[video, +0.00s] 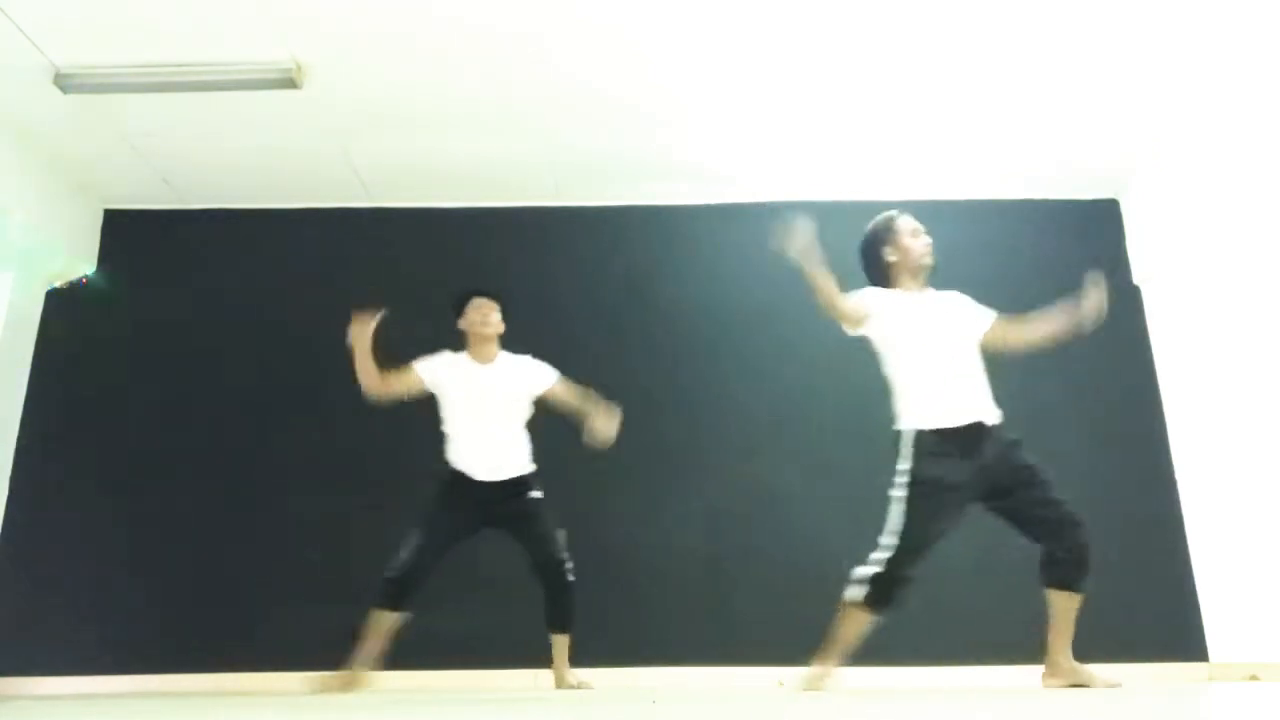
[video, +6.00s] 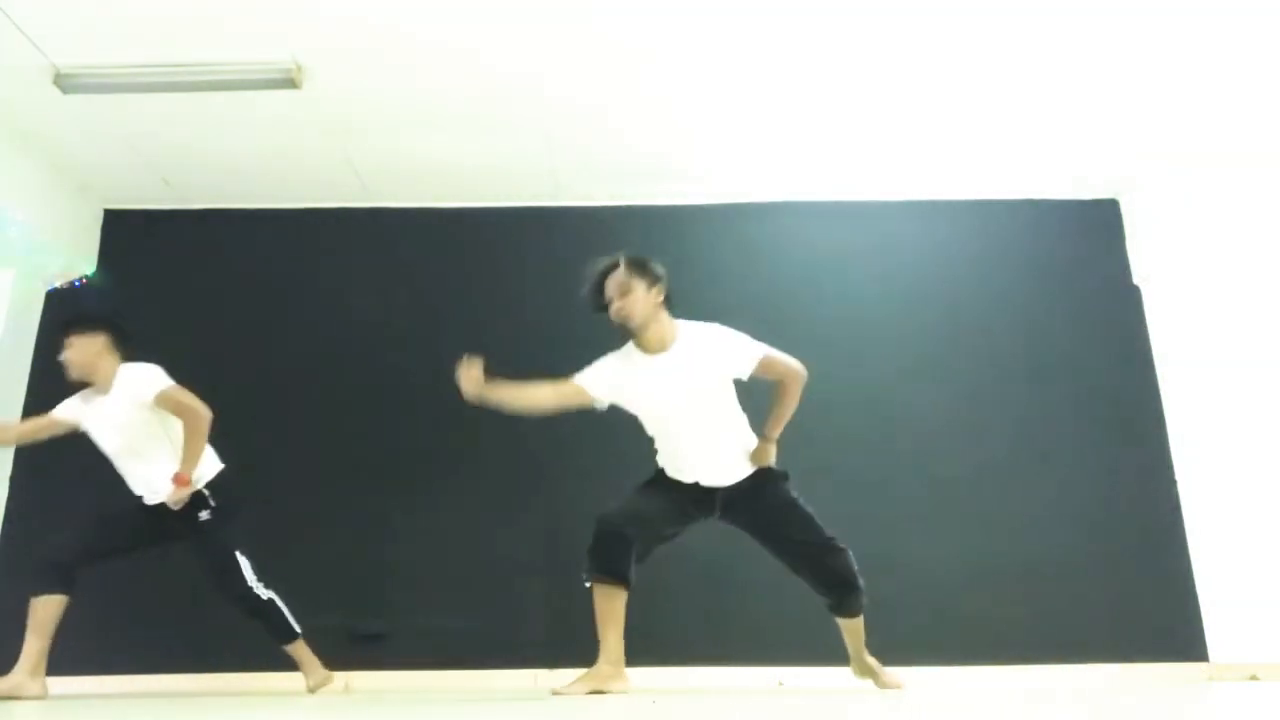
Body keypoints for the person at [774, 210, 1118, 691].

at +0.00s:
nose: (927, 238)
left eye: (924, 232)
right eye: (914, 233)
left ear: (924, 249)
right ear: (888, 253)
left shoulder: (956, 305)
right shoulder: (877, 303)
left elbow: (1018, 332)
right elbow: (840, 309)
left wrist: (1081, 311)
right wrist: (810, 260)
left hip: (990, 445)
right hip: (930, 449)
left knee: (1066, 535)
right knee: (892, 565)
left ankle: (1060, 664)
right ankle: (822, 669)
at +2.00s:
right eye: (879, 210)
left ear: (828, 221)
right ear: (880, 216)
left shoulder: (819, 262)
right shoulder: (912, 254)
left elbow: (787, 351)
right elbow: (974, 316)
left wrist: (787, 382)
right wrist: (1049, 360)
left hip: (868, 388)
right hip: (932, 386)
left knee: (851, 537)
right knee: (936, 519)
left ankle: (911, 667)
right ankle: (949, 663)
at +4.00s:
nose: (1138, 302)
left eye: (1134, 294)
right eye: (1133, 295)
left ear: (1087, 306)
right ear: (1120, 299)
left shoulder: (1058, 343)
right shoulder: (1126, 332)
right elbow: (1167, 355)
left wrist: (1048, 446)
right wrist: (1163, 427)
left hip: (1029, 449)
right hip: (1082, 437)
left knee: (1110, 567)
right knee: (1129, 568)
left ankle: (1179, 663)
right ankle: (1068, 650)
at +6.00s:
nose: (616, 306)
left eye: (625, 293)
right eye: (610, 300)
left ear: (658, 292)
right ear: (609, 311)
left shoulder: (711, 342)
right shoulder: (617, 370)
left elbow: (793, 374)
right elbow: (550, 396)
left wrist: (770, 439)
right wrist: (483, 390)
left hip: (746, 479)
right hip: (677, 486)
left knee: (836, 567)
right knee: (613, 534)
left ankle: (861, 658)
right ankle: (609, 666)